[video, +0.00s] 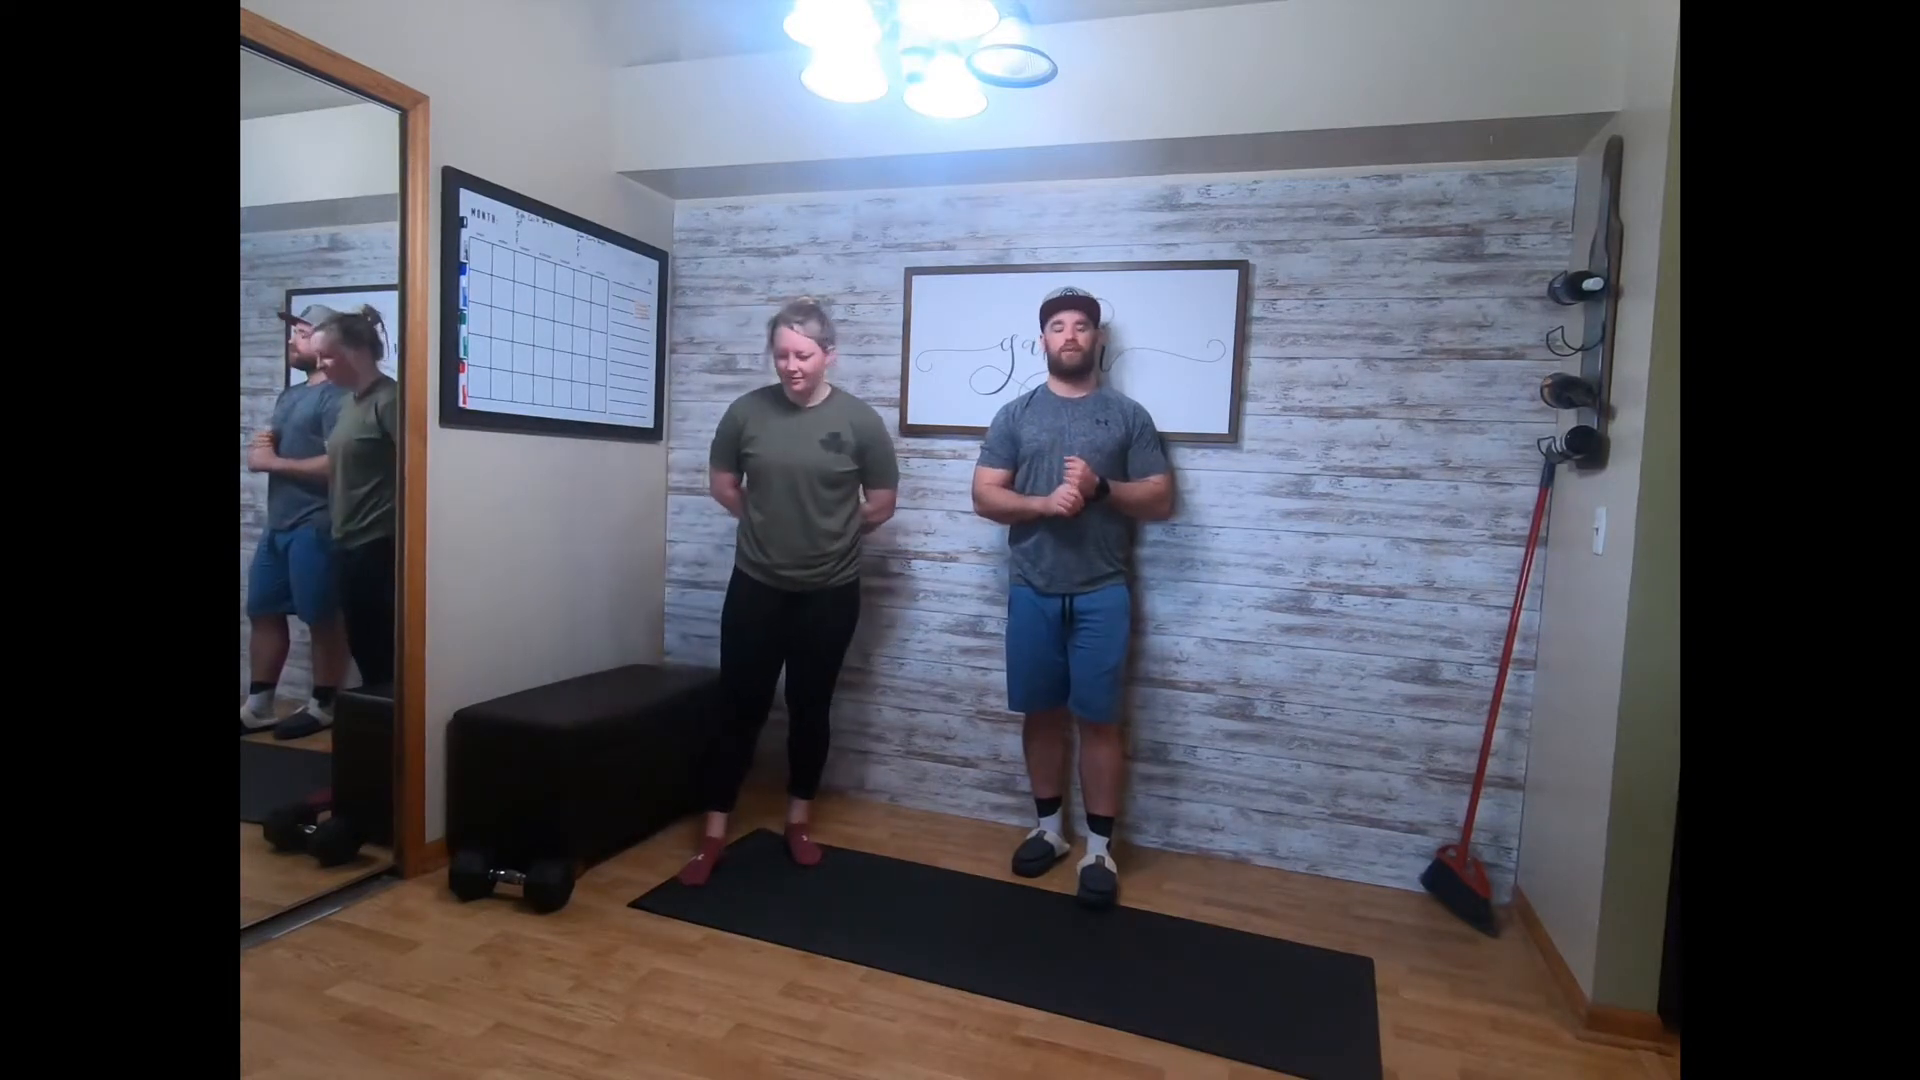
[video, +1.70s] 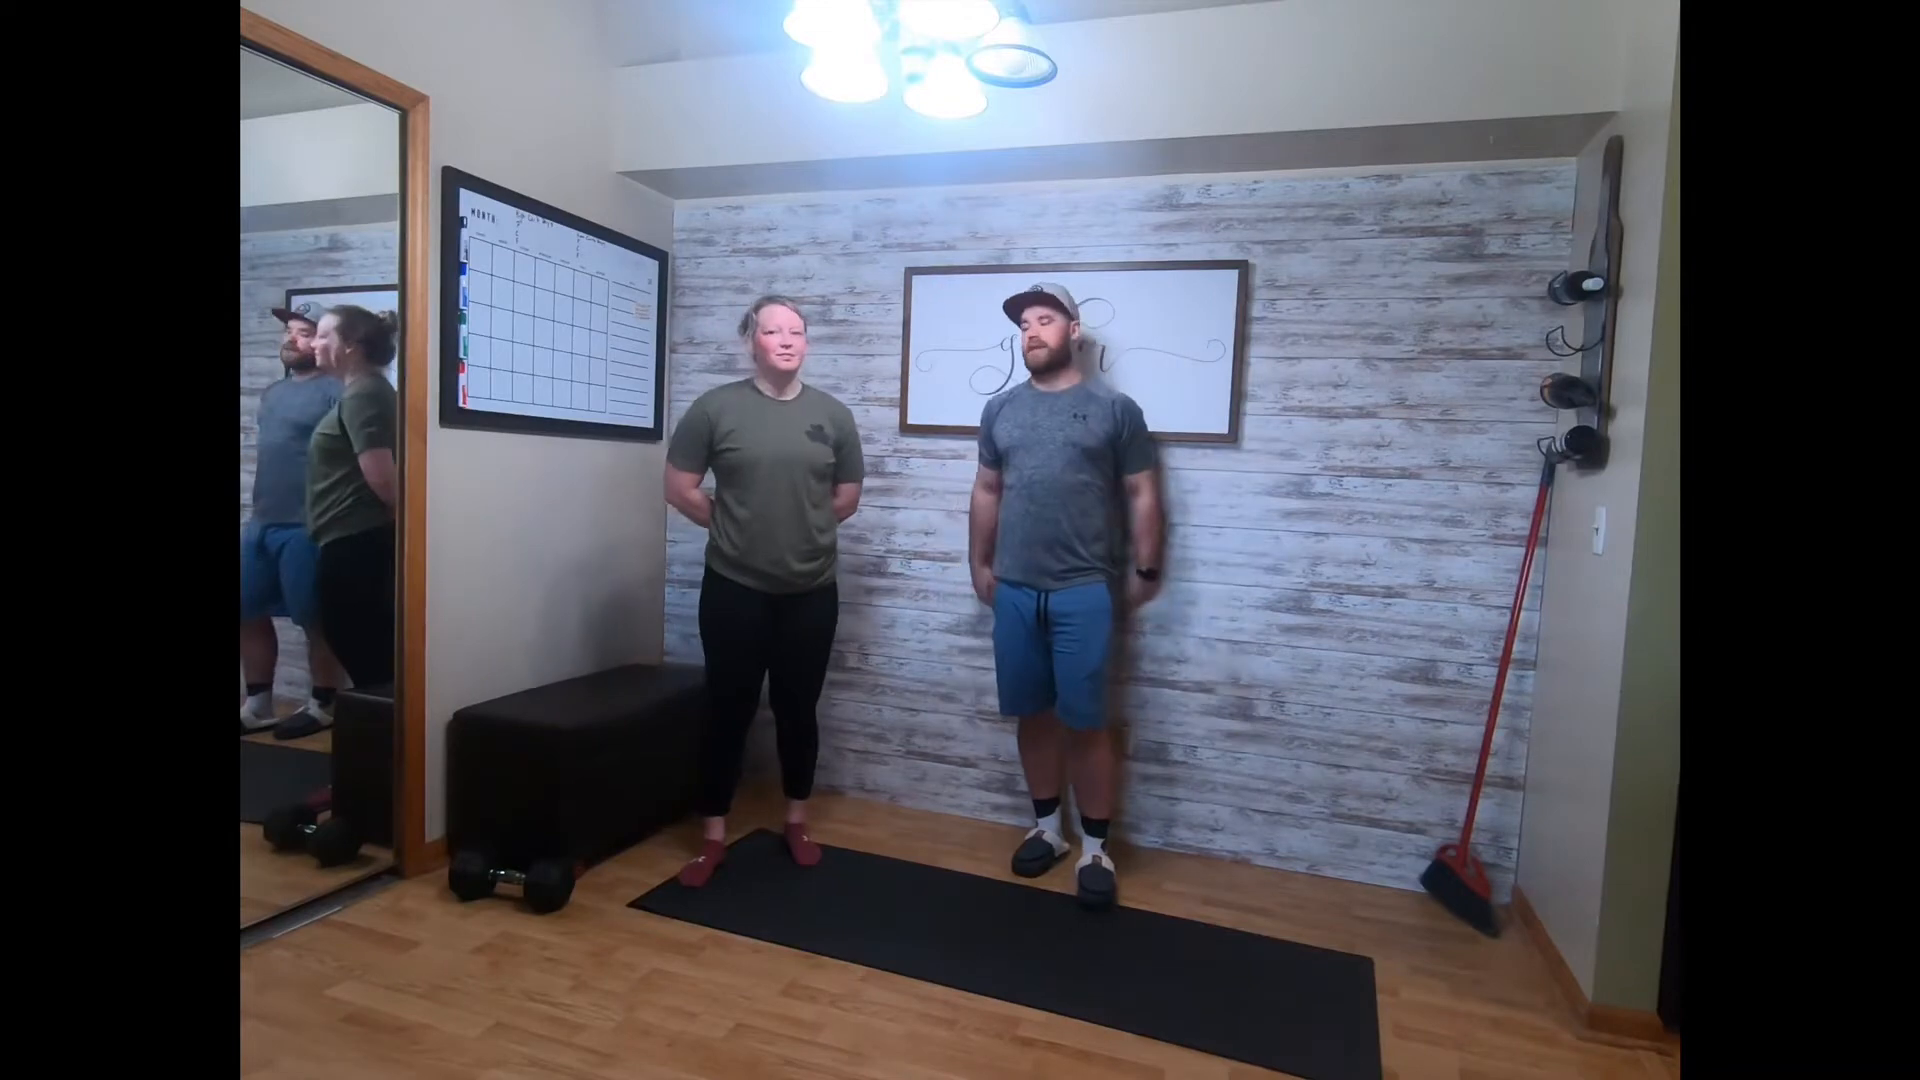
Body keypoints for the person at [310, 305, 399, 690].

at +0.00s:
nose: (324, 368)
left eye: (328, 358)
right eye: (322, 360)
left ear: (356, 354)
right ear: (354, 355)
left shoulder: (390, 399)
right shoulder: (351, 401)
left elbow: (418, 469)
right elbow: (347, 468)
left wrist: (410, 536)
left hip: (381, 545)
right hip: (350, 544)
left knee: (379, 649)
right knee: (366, 648)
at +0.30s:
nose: (320, 362)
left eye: (324, 352)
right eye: (318, 354)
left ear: (353, 348)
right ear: (347, 351)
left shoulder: (384, 397)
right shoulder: (351, 398)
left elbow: (415, 465)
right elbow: (346, 467)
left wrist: (412, 534)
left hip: (375, 542)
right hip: (348, 541)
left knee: (371, 641)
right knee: (358, 639)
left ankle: (391, 733)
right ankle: (380, 727)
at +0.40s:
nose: (316, 356)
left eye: (324, 347)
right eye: (315, 348)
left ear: (352, 346)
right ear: (342, 351)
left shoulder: (379, 396)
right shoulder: (352, 397)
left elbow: (408, 469)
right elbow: (336, 453)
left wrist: (412, 539)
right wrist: (300, 423)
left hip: (371, 540)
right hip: (346, 539)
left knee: (368, 642)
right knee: (357, 639)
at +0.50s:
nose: (317, 351)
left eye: (326, 341)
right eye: (315, 343)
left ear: (357, 344)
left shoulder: (374, 395)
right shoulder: (354, 396)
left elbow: (402, 480)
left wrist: (420, 539)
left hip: (366, 543)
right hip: (347, 543)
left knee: (369, 656)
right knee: (364, 655)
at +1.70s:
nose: (314, 343)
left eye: (322, 335)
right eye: (316, 334)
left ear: (350, 344)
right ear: (352, 345)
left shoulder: (364, 394)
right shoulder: (364, 391)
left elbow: (382, 477)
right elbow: (384, 474)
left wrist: (416, 514)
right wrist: (416, 513)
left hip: (358, 540)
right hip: (360, 537)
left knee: (361, 650)